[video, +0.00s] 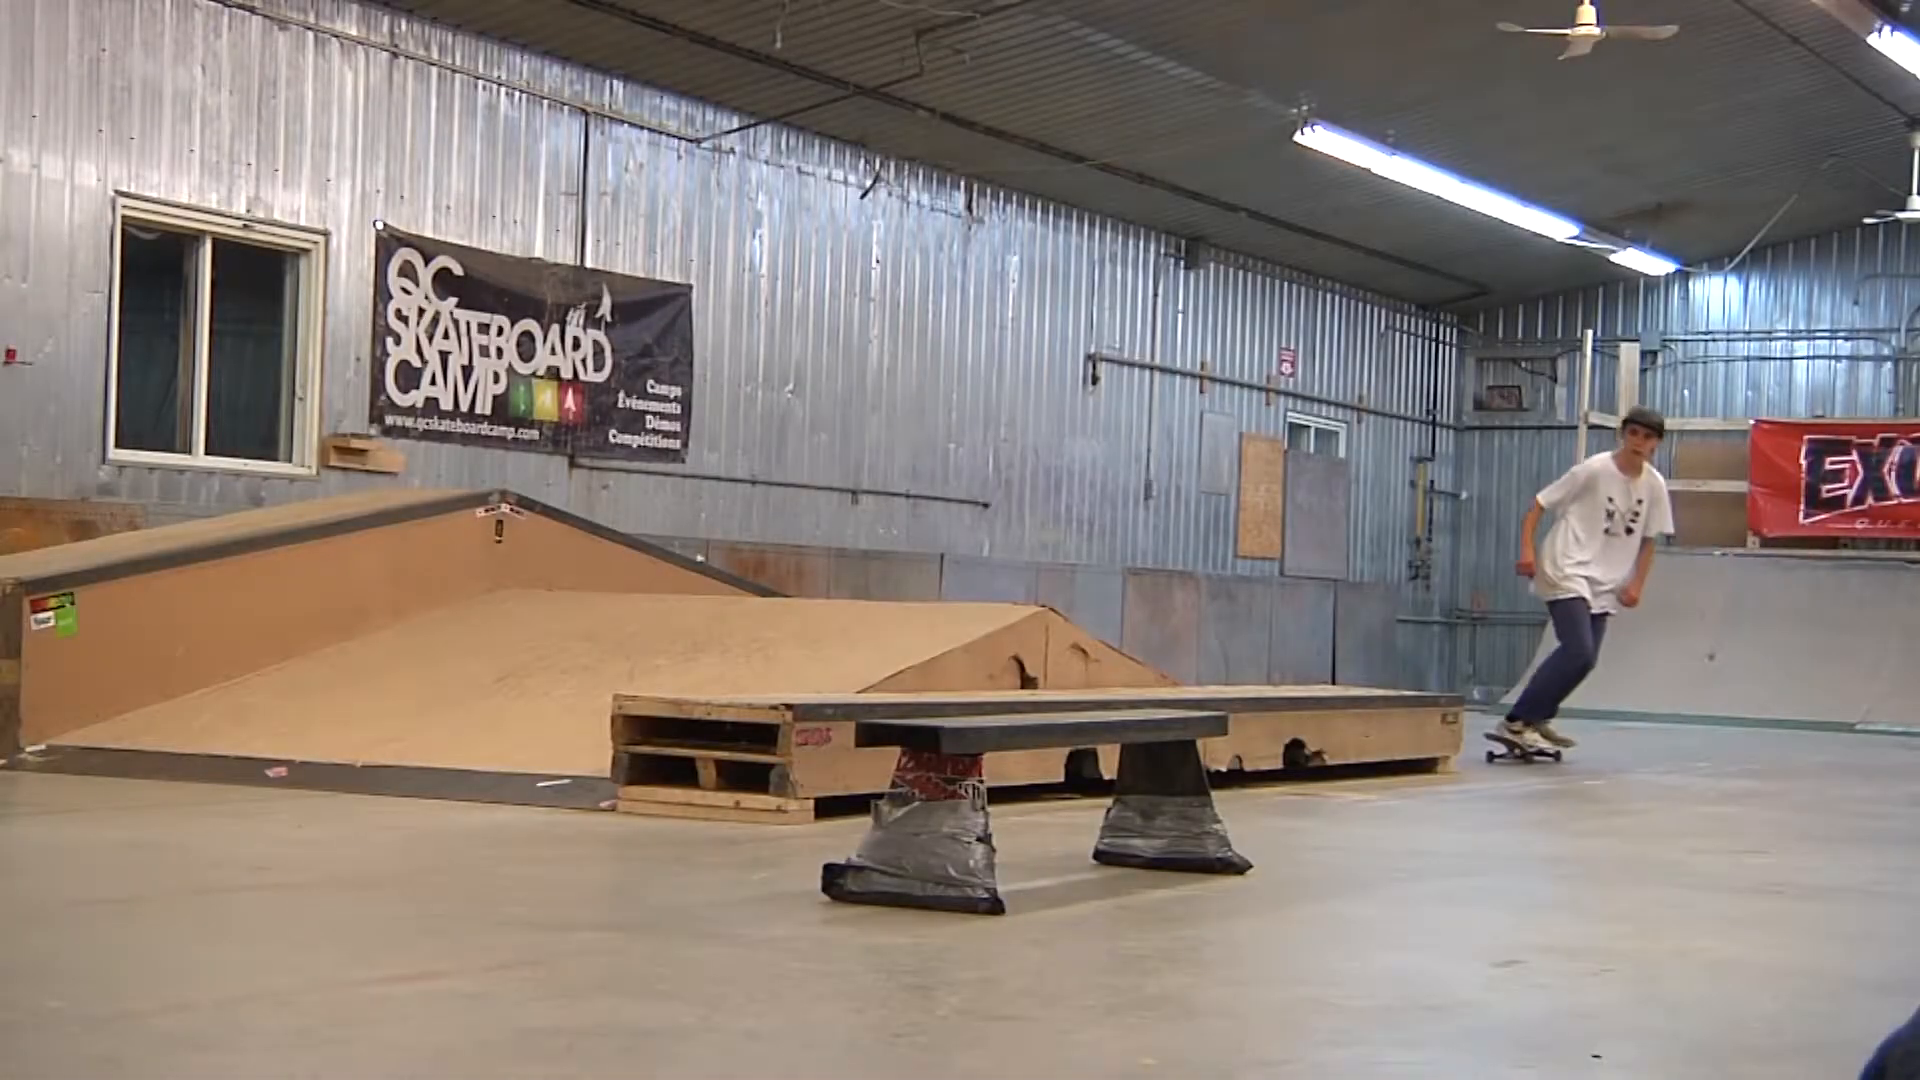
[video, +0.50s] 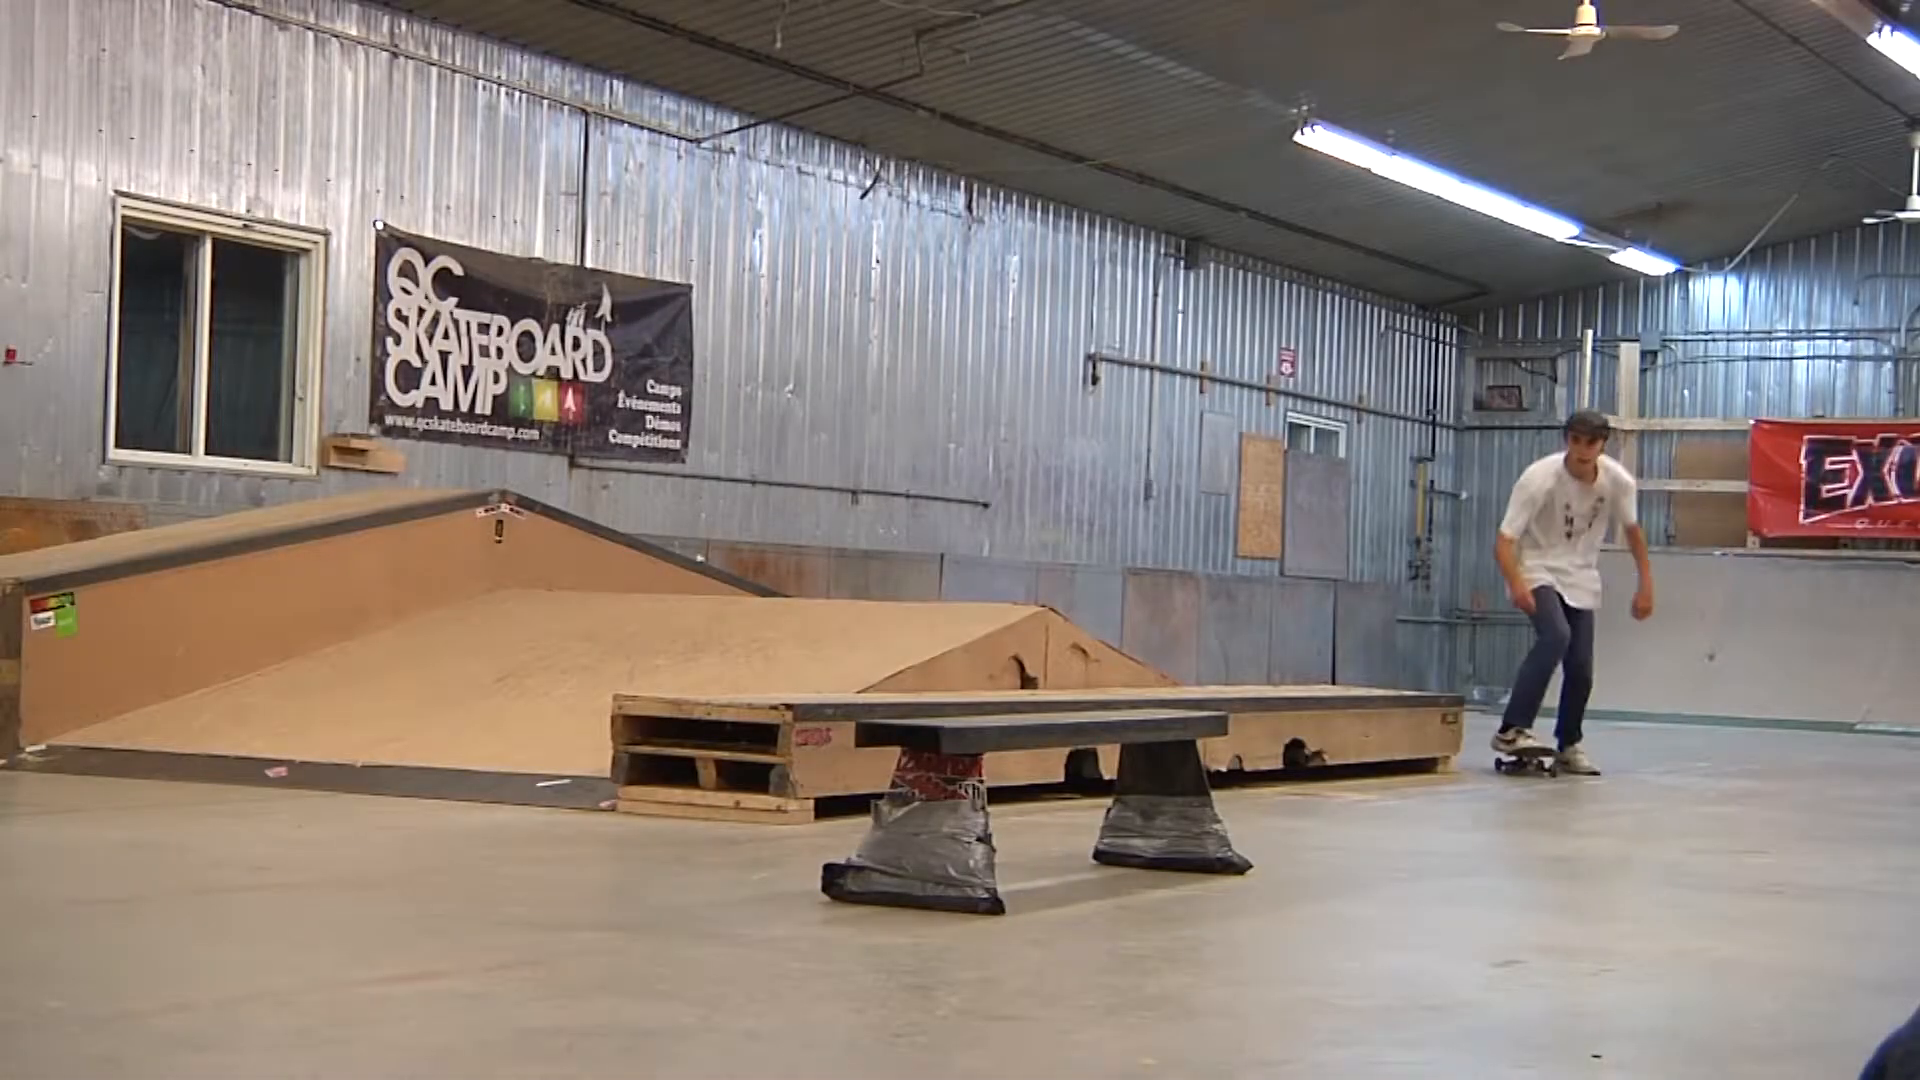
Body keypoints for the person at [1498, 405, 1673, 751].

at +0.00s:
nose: (1639, 442)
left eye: (1648, 437)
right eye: (1634, 434)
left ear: (1657, 444)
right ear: (1623, 435)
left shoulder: (1654, 484)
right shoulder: (1593, 470)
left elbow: (1648, 540)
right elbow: (1538, 505)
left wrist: (1637, 584)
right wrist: (1526, 553)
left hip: (1604, 583)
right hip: (1564, 572)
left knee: (1585, 660)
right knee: (1578, 652)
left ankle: (1537, 720)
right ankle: (1516, 721)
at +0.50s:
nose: (1584, 451)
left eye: (1592, 443)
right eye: (1577, 442)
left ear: (1604, 445)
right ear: (1566, 441)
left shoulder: (1619, 481)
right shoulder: (1539, 479)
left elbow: (1631, 529)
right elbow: (1505, 539)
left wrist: (1645, 584)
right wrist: (1515, 583)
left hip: (1581, 575)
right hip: (1537, 570)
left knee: (1581, 667)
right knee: (1556, 636)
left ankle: (1569, 745)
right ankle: (1512, 731)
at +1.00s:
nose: (1513, 430)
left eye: (1522, 422)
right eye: (1506, 420)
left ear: (1533, 422)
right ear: (1491, 417)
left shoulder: (1542, 448)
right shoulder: (1467, 452)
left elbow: (1564, 512)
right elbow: (1431, 529)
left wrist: (1564, 576)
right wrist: (1450, 591)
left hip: (1503, 560)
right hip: (1458, 552)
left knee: (1511, 644)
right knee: (1486, 627)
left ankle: (1484, 732)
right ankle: (1470, 737)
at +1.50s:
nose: (1417, 404)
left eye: (1429, 397)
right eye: (1411, 390)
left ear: (1438, 400)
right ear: (1395, 383)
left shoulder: (1431, 428)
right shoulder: (1348, 427)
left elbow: (1410, 506)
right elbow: (1312, 512)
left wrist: (1400, 583)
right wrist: (1328, 596)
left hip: (1361, 528)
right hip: (1312, 522)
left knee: (1366, 627)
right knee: (1343, 622)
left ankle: (1326, 740)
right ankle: (1295, 741)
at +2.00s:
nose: (1269, 509)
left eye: (1284, 501)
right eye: (1265, 492)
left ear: (1294, 504)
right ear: (1248, 480)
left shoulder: (1287, 517)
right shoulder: (1203, 514)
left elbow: (1274, 605)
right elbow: (1148, 612)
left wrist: (1276, 696)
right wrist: (1140, 710)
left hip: (1184, 553)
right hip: (1127, 544)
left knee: (1250, 661)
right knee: (1220, 644)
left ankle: (1185, 754)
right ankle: (1148, 754)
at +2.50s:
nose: (1151, 282)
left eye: (1163, 275)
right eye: (1154, 262)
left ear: (1158, 270)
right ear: (1125, 234)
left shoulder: (1095, 298)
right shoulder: (1060, 271)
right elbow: (938, 241)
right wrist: (910, 316)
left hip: (1035, 462)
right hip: (986, 446)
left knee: (1059, 613)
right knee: (1038, 590)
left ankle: (984, 758)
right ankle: (949, 755)